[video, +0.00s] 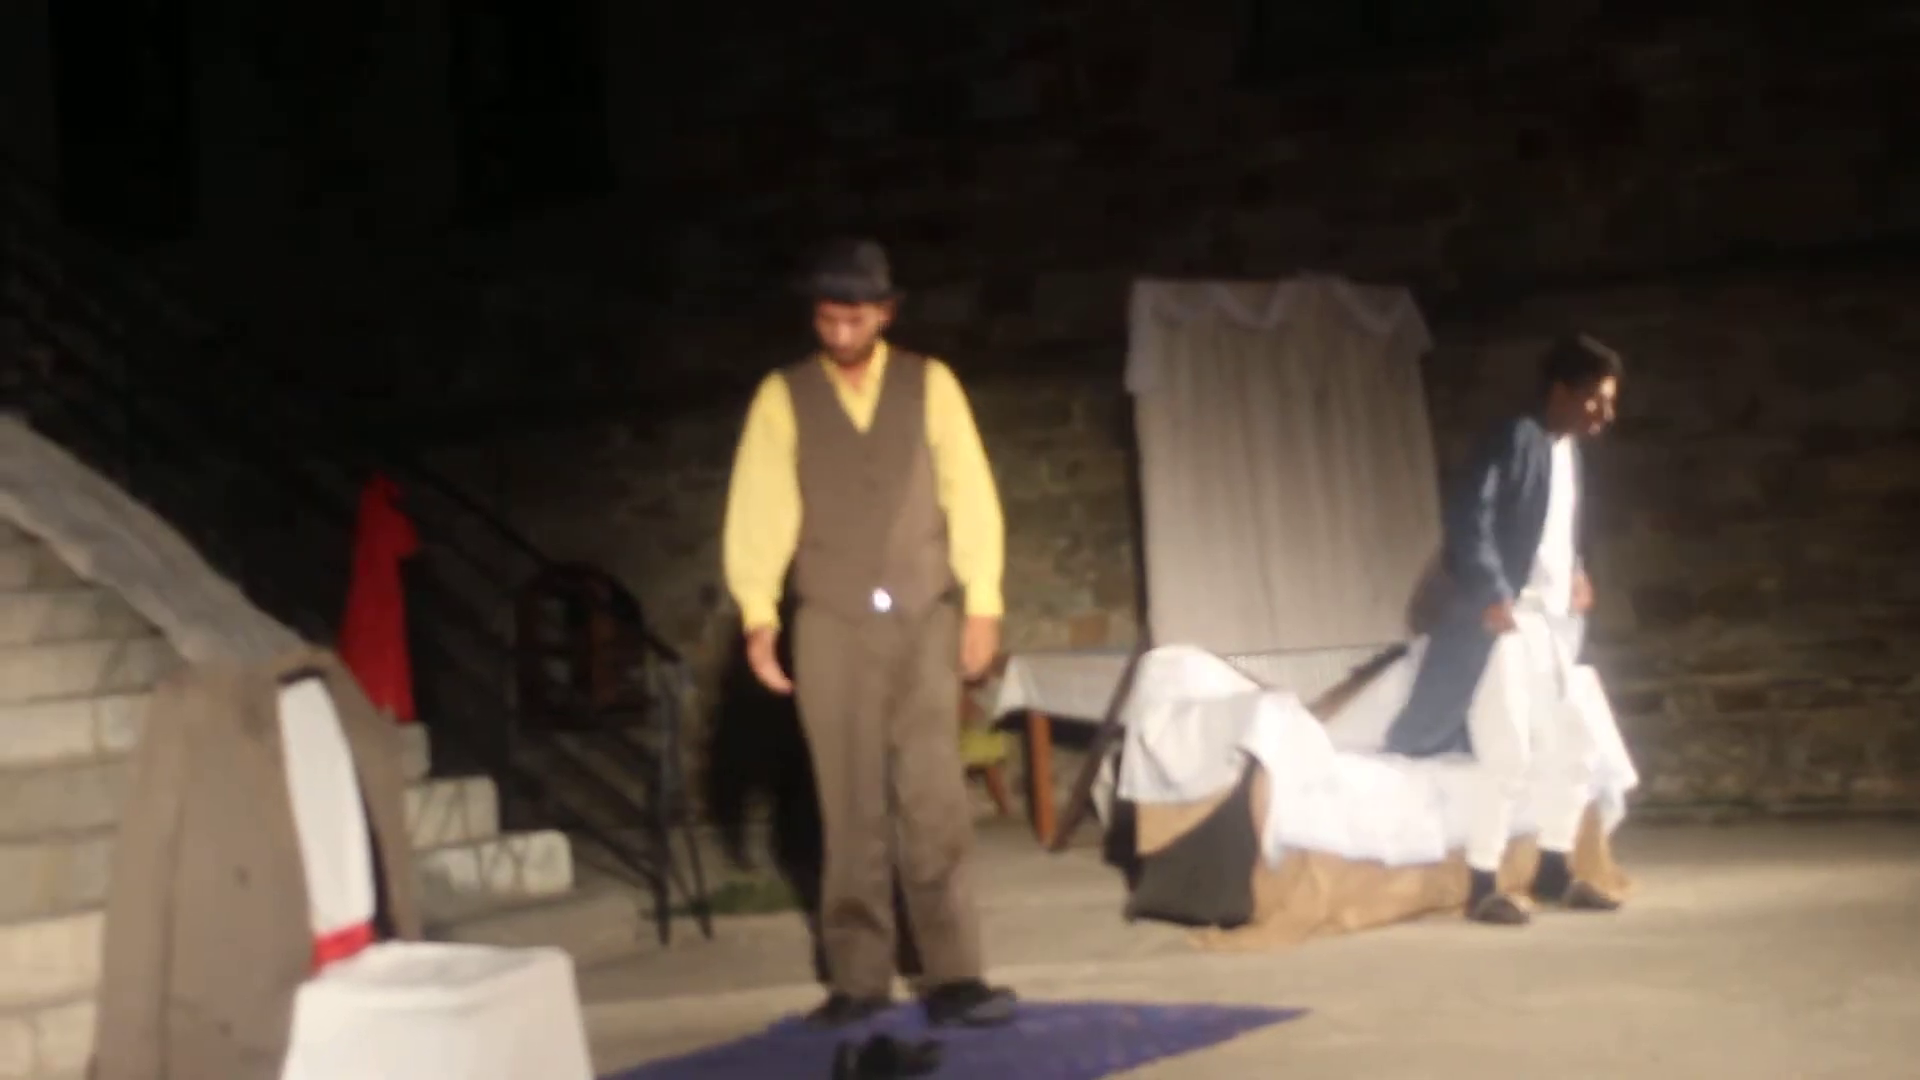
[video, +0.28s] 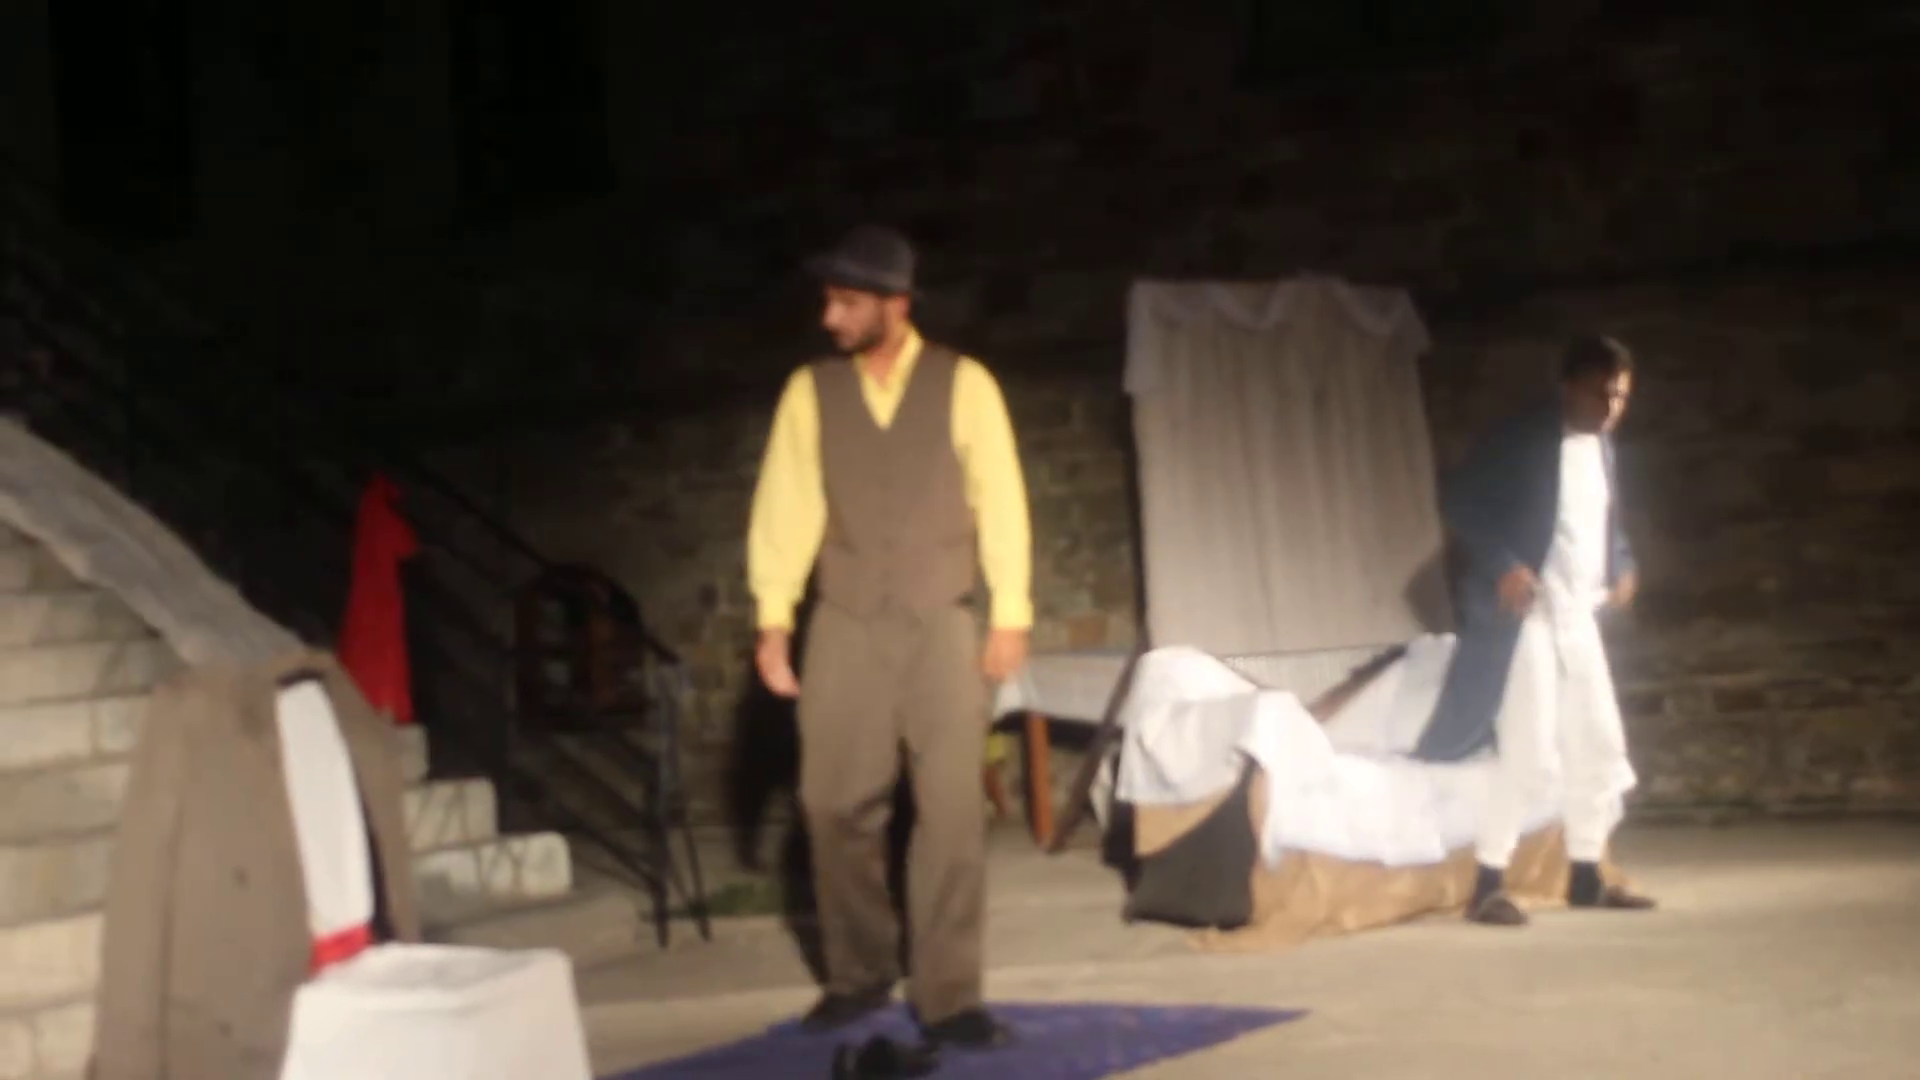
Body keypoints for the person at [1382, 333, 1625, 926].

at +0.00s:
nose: (1606, 414)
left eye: (1611, 403)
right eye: (1597, 400)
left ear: (1598, 403)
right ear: (1559, 391)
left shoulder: (1571, 455)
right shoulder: (1514, 440)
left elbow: (1558, 531)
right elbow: (1470, 516)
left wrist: (1576, 575)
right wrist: (1489, 594)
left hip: (1554, 625)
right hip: (1506, 621)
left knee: (1571, 744)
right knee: (1505, 747)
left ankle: (1552, 873)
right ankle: (1484, 886)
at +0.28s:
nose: (1610, 407)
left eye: (1619, 396)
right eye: (1600, 393)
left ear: (1627, 396)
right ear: (1569, 388)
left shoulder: (1605, 450)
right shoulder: (1525, 437)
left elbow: (1608, 521)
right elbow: (1460, 498)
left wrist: (1621, 566)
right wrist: (1501, 566)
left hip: (1579, 618)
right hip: (1525, 617)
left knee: (1597, 742)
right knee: (1524, 748)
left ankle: (1587, 876)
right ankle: (1487, 885)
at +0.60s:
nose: (1592, 400)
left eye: (1602, 389)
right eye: (1582, 387)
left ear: (1614, 388)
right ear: (1559, 383)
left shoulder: (1623, 432)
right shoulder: (1524, 435)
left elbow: (1655, 505)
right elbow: (1468, 500)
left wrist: (1696, 551)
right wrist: (1489, 563)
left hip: (1605, 627)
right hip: (1535, 628)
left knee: (1629, 746)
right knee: (1541, 751)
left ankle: (1591, 870)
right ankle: (1542, 878)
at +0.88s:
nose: (1578, 400)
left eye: (1588, 387)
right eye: (1569, 388)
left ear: (1614, 378)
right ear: (1556, 384)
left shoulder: (1653, 426)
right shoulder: (1535, 441)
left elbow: (1697, 501)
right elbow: (1506, 522)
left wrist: (1663, 567)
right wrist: (1540, 573)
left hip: (1640, 626)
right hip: (1565, 628)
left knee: (1663, 747)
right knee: (1554, 750)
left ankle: (1681, 877)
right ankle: (1543, 881)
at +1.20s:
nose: (1581, 394)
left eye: (1591, 381)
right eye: (1571, 383)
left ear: (1619, 373)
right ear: (1559, 383)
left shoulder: (1663, 425)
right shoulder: (1550, 441)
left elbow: (1717, 497)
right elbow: (1528, 512)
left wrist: (1671, 555)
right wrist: (1523, 556)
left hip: (1656, 624)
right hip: (1579, 629)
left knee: (1676, 744)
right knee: (1596, 755)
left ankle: (1685, 878)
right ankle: (1619, 884)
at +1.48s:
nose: (1568, 389)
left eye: (1578, 377)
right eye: (1559, 378)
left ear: (1608, 370)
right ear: (1550, 379)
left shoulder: (1654, 421)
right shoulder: (1546, 439)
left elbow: (1715, 491)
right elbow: (1526, 513)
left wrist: (1658, 545)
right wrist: (1528, 559)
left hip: (1651, 618)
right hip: (1578, 623)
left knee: (1673, 738)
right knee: (1592, 744)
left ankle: (1705, 883)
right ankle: (1617, 884)